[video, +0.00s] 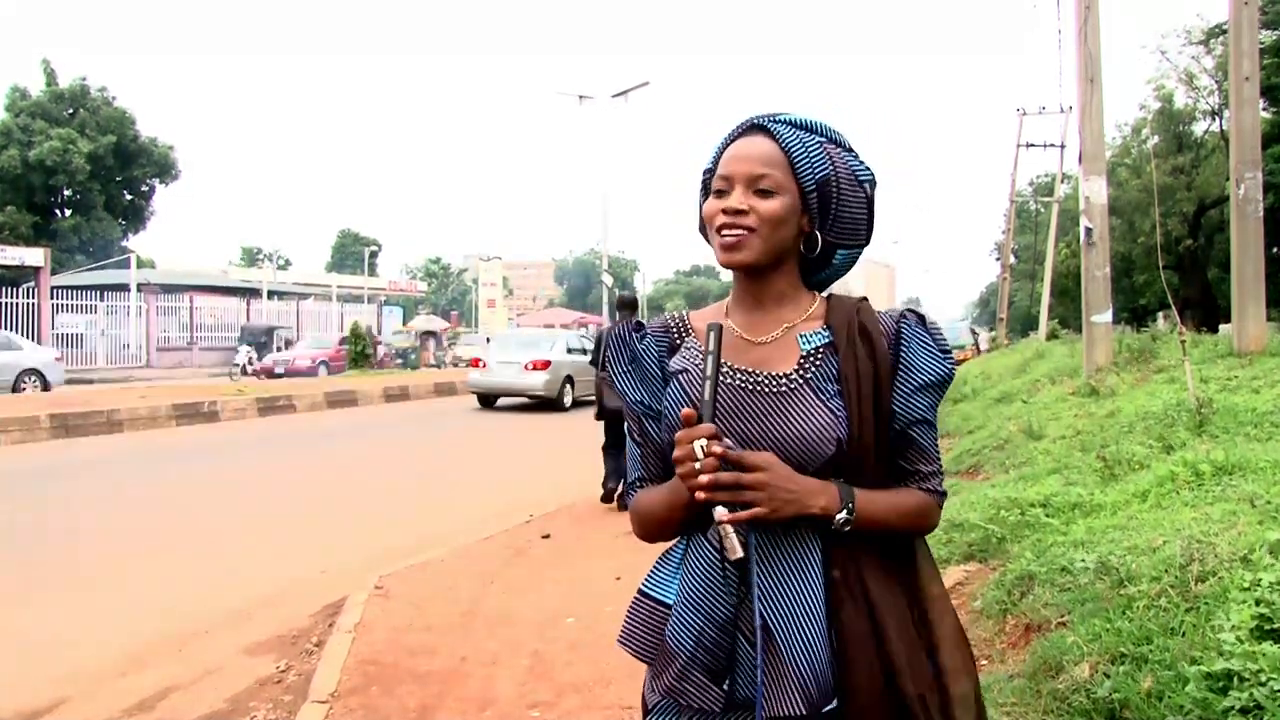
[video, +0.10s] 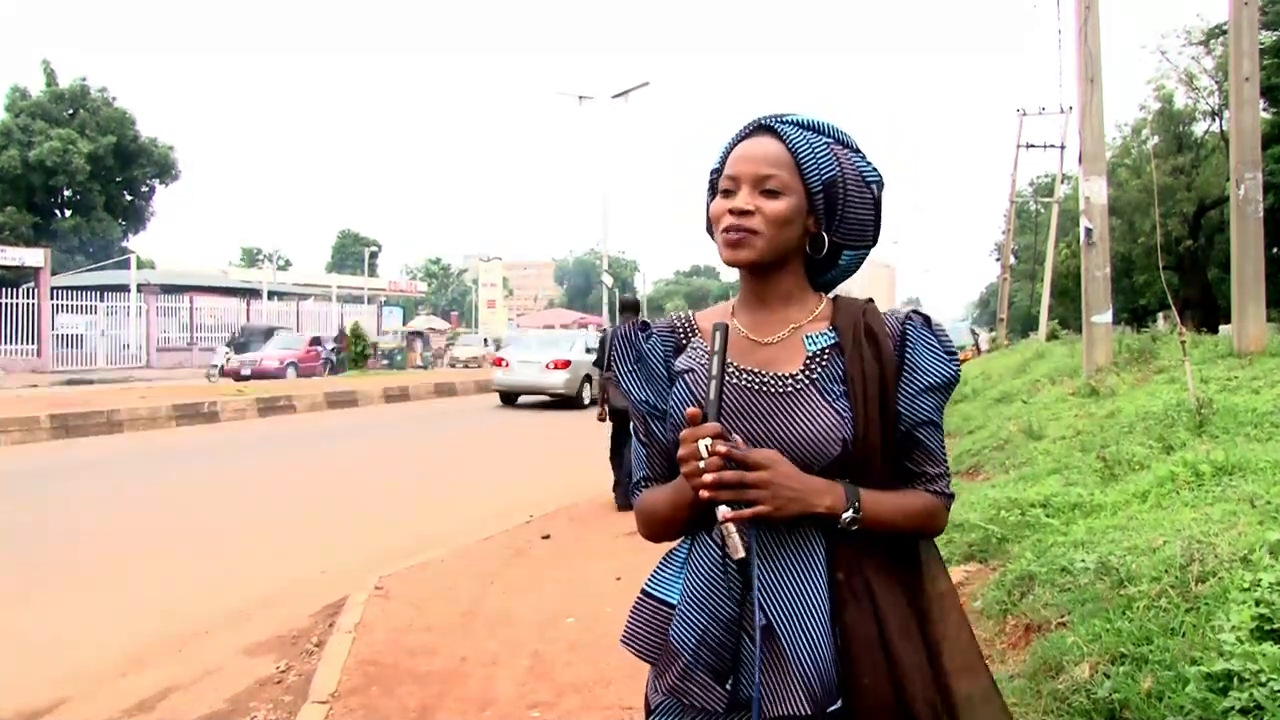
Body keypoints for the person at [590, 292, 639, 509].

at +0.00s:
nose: (625, 314)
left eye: (622, 309)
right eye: (630, 310)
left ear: (617, 309)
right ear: (637, 310)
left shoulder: (605, 334)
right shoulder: (644, 336)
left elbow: (596, 363)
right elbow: (649, 368)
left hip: (611, 400)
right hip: (637, 399)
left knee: (612, 444)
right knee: (634, 444)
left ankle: (611, 480)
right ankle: (627, 493)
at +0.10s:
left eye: (623, 310)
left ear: (619, 311)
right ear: (639, 312)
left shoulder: (610, 336)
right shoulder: (646, 337)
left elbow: (604, 372)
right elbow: (651, 371)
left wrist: (601, 402)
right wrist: (650, 397)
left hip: (618, 402)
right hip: (641, 401)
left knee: (617, 444)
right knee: (636, 445)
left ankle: (619, 484)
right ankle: (627, 493)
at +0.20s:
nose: (630, 320)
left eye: (627, 316)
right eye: (634, 316)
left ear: (622, 315)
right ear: (642, 315)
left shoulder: (612, 339)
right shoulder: (650, 339)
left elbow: (607, 374)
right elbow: (654, 373)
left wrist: (604, 403)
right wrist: (654, 398)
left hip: (621, 403)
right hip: (644, 403)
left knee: (623, 445)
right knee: (637, 446)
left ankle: (627, 482)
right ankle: (628, 492)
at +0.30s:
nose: (632, 320)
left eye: (628, 315)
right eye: (637, 315)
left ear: (623, 315)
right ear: (643, 315)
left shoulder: (614, 339)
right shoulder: (650, 339)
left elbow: (609, 374)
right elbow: (656, 372)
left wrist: (607, 403)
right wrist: (656, 398)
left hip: (623, 400)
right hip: (645, 401)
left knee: (627, 445)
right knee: (638, 445)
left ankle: (629, 483)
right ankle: (632, 488)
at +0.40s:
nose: (635, 317)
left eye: (631, 312)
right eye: (639, 312)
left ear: (625, 313)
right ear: (644, 313)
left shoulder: (616, 337)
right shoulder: (652, 336)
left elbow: (611, 373)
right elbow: (658, 368)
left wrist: (611, 402)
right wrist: (658, 394)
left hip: (624, 396)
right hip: (648, 394)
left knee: (626, 439)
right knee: (645, 436)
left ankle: (633, 481)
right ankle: (638, 472)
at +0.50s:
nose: (638, 314)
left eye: (634, 310)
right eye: (642, 310)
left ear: (629, 311)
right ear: (647, 310)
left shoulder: (619, 334)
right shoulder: (654, 334)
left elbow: (612, 366)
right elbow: (661, 365)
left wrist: (614, 397)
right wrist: (661, 391)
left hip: (624, 401)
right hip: (649, 399)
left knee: (624, 443)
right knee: (649, 434)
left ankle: (633, 485)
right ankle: (643, 468)